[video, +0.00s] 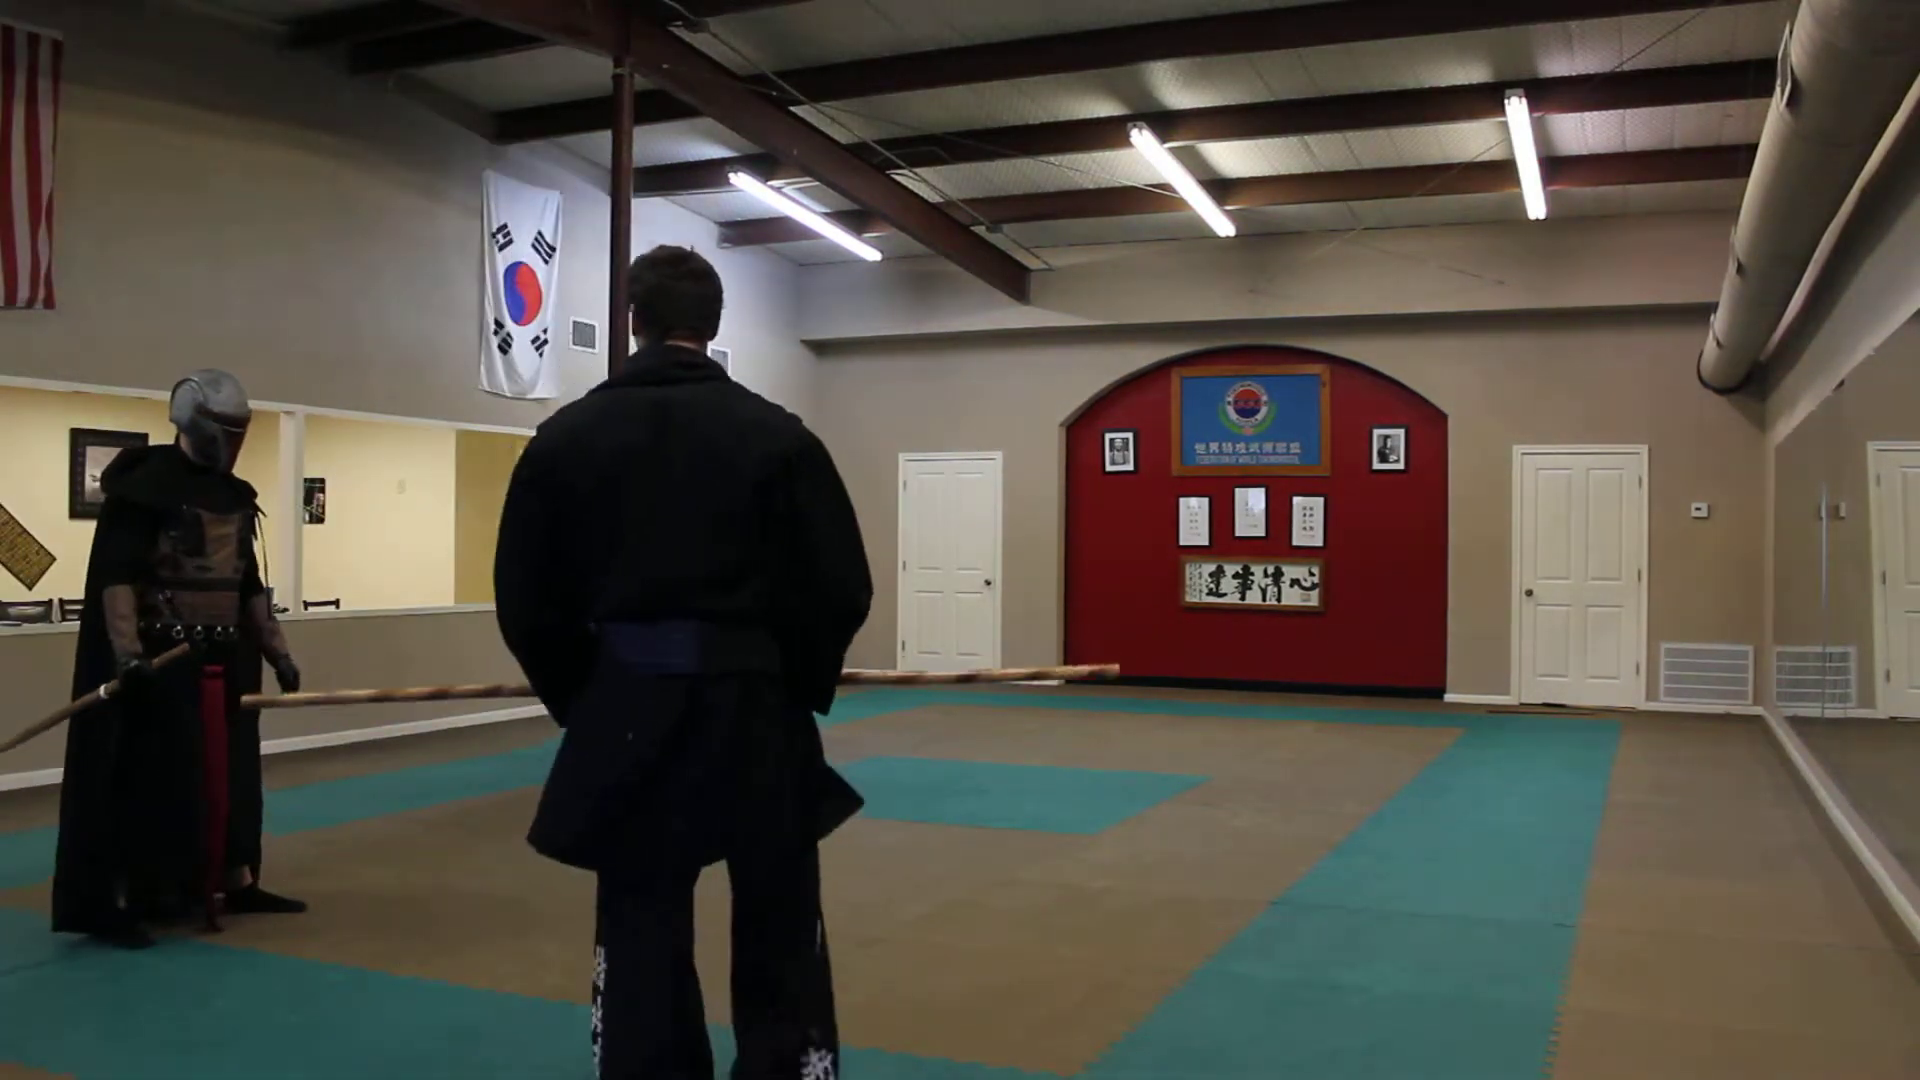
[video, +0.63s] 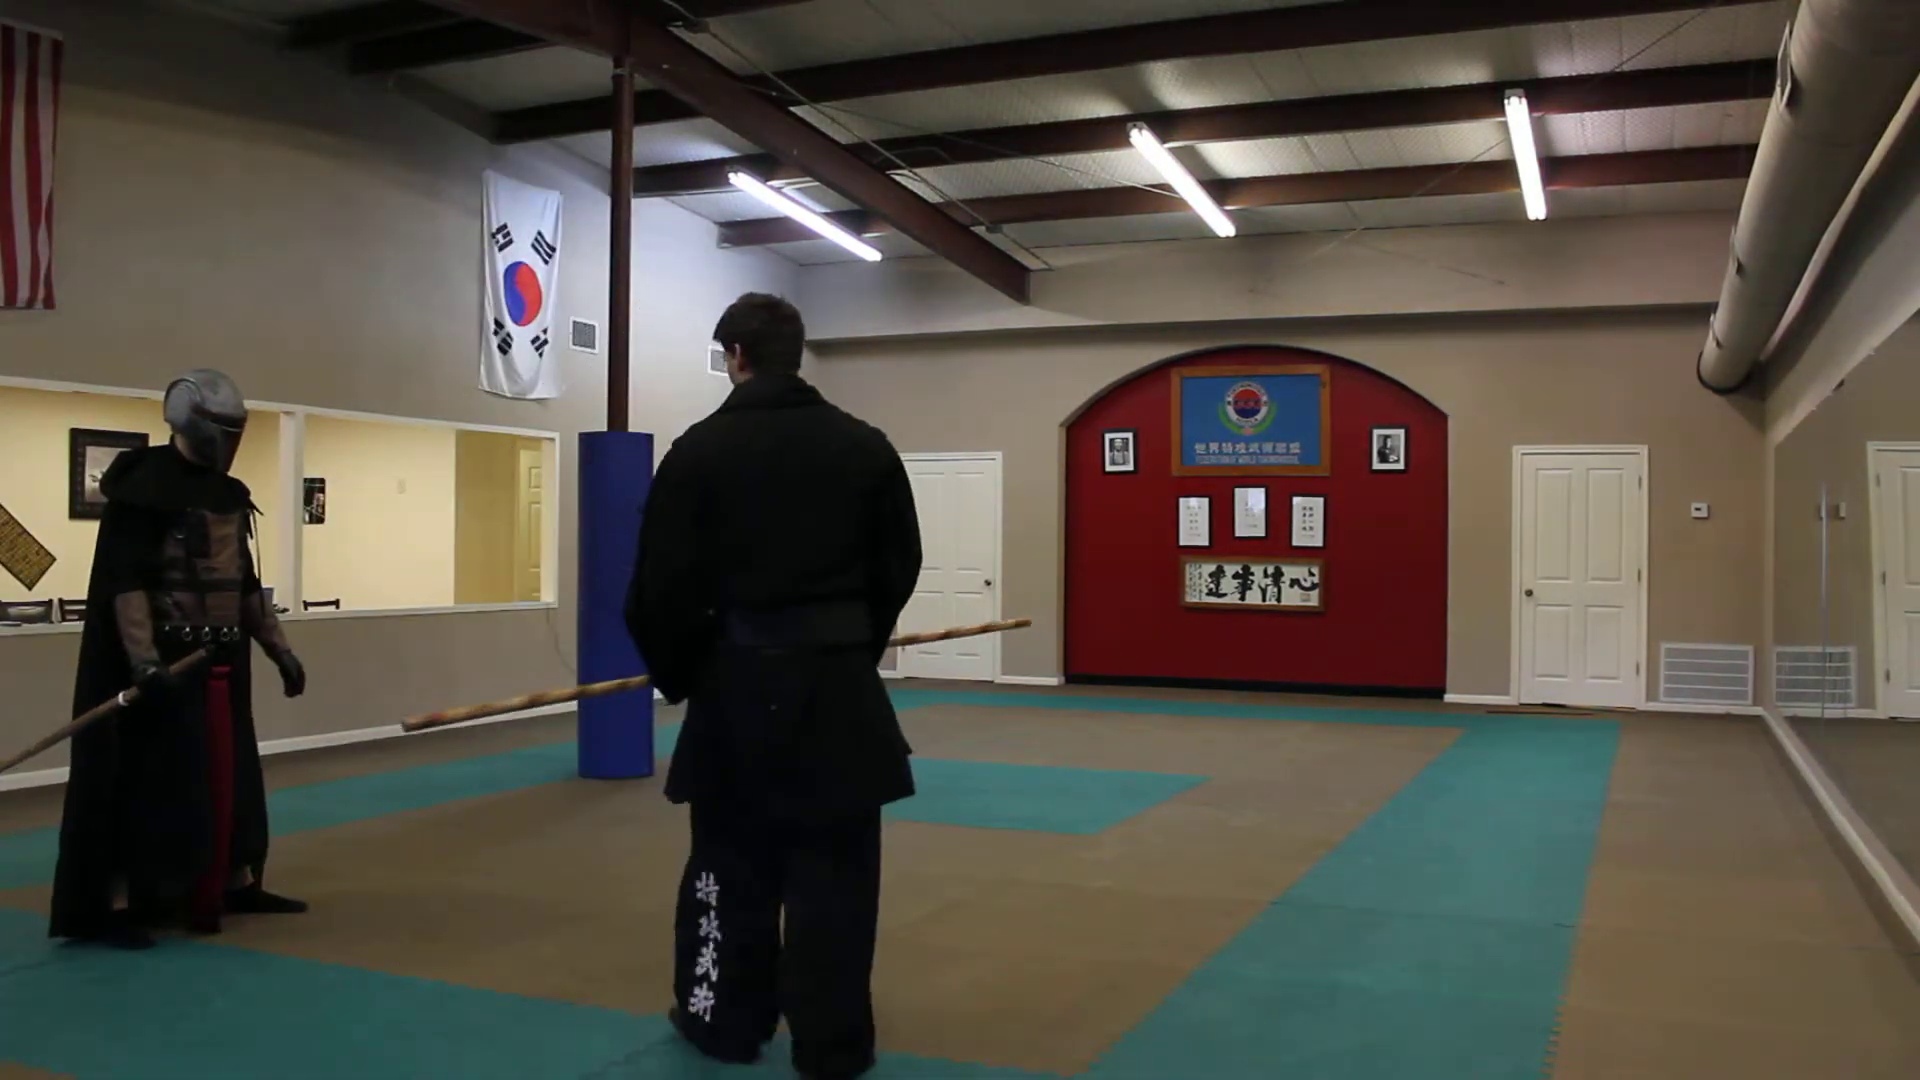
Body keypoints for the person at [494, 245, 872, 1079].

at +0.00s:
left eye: (632, 315)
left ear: (631, 324)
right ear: (717, 327)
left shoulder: (566, 438)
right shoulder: (780, 437)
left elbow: (524, 601)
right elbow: (843, 591)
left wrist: (591, 711)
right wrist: (793, 696)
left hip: (629, 732)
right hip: (762, 733)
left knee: (642, 952)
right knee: (781, 948)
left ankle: (649, 1074)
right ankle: (787, 1072)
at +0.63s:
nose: (721, 368)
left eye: (720, 357)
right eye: (722, 356)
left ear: (735, 357)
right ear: (799, 355)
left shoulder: (699, 453)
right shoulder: (865, 446)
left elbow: (656, 595)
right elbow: (897, 567)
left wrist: (690, 674)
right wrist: (853, 648)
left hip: (737, 692)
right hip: (842, 694)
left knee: (730, 864)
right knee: (839, 875)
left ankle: (725, 1027)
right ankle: (835, 1046)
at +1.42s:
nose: (691, 409)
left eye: (692, 396)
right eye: (688, 396)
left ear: (715, 390)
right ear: (747, 387)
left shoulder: (729, 467)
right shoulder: (815, 461)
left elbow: (682, 572)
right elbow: (810, 566)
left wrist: (652, 645)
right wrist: (727, 606)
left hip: (754, 670)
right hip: (813, 663)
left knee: (729, 824)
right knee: (807, 803)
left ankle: (736, 993)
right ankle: (823, 935)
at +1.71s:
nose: (697, 422)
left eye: (701, 408)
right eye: (696, 410)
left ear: (731, 402)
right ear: (740, 401)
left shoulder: (769, 471)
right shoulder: (778, 457)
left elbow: (759, 589)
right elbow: (742, 559)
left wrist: (719, 670)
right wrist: (707, 612)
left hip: (808, 664)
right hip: (822, 655)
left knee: (794, 812)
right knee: (822, 806)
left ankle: (821, 966)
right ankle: (845, 942)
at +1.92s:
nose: (686, 434)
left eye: (692, 422)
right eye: (685, 422)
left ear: (725, 418)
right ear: (724, 419)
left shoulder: (793, 488)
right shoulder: (728, 494)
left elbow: (811, 595)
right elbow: (707, 590)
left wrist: (747, 667)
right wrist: (679, 663)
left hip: (826, 676)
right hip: (770, 678)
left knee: (847, 811)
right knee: (754, 789)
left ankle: (894, 958)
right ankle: (809, 936)